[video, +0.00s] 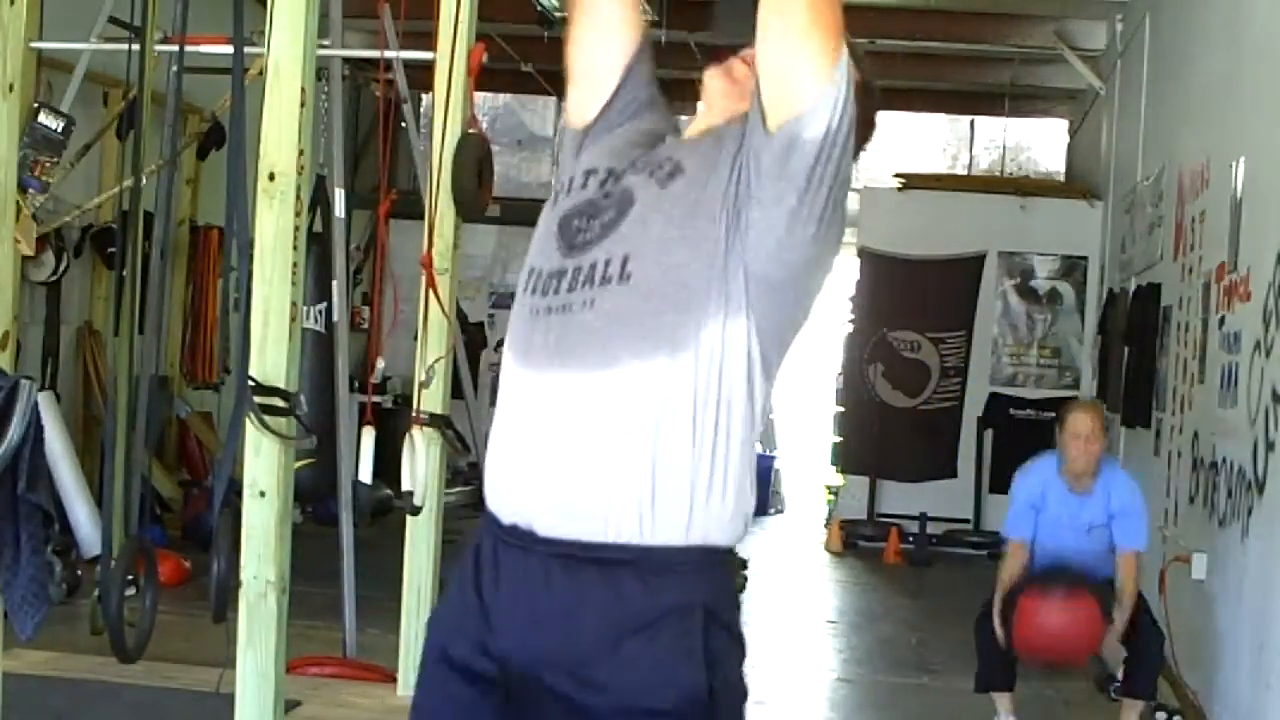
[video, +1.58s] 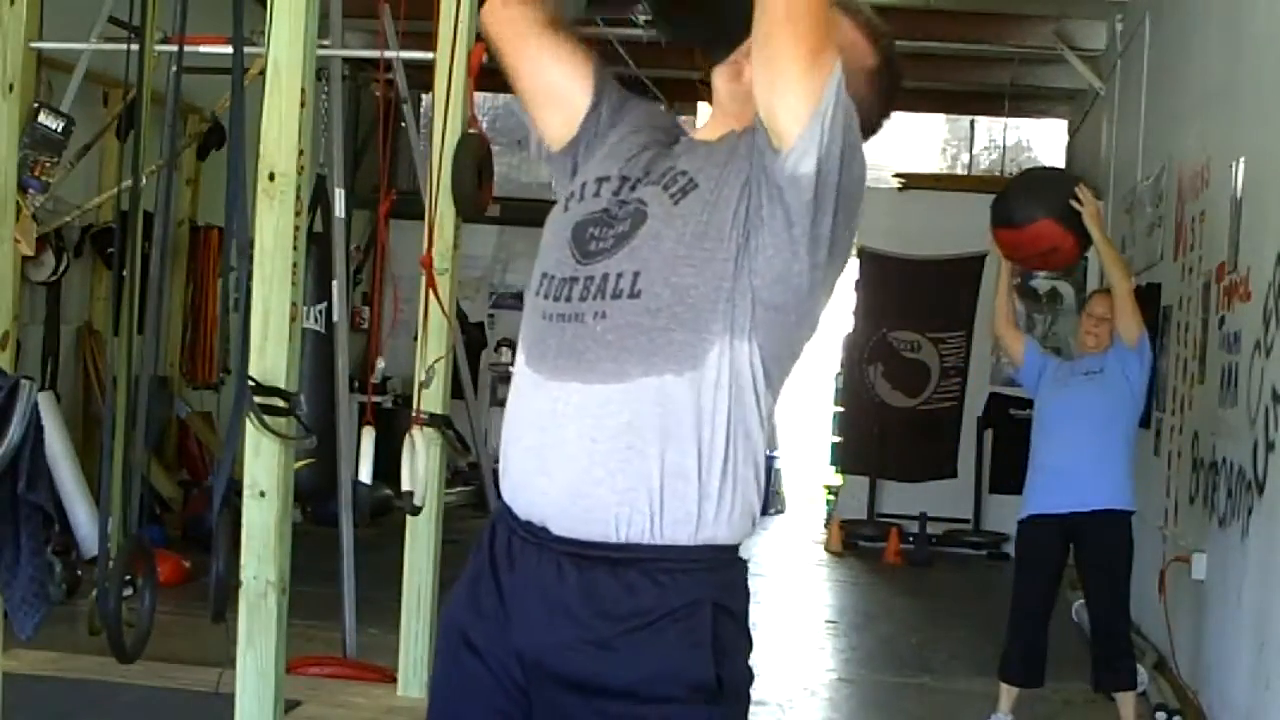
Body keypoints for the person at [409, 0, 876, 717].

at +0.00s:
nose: (734, 56)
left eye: (764, 57)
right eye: (739, 47)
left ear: (793, 106)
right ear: (713, 65)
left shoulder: (781, 173)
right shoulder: (610, 143)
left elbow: (805, 10)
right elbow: (601, 7)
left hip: (652, 600)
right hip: (496, 573)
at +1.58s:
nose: (770, 40)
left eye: (820, 51)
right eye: (799, 32)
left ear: (836, 112)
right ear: (753, 42)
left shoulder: (800, 178)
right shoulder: (615, 136)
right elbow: (510, 12)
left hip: (661, 609)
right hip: (507, 577)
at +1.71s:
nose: (806, 58)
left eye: (833, 64)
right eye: (816, 41)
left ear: (853, 130)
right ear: (767, 45)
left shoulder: (811, 194)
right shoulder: (614, 154)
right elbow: (473, 75)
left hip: (657, 612)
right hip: (504, 577)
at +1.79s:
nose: (795, 73)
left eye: (829, 88)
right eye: (806, 52)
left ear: (854, 156)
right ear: (785, 42)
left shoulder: (816, 215)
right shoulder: (611, 180)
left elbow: (729, 29)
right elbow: (454, 152)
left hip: (646, 624)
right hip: (496, 585)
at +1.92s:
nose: (779, 103)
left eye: (817, 116)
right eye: (792, 75)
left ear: (844, 169)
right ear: (773, 65)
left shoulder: (818, 237)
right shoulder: (629, 191)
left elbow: (686, 115)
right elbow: (487, 229)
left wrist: (683, 32)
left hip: (637, 633)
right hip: (490, 590)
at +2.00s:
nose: (762, 128)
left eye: (804, 132)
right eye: (773, 95)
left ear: (829, 178)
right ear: (752, 83)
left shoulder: (808, 258)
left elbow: (656, 210)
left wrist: (648, 107)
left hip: (630, 637)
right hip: (481, 597)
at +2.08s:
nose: (754, 137)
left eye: (795, 135)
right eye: (761, 100)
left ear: (822, 174)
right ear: (733, 90)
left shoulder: (802, 260)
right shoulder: (619, 200)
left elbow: (644, 270)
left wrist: (627, 147)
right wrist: (503, 125)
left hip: (628, 639)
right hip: (476, 601)